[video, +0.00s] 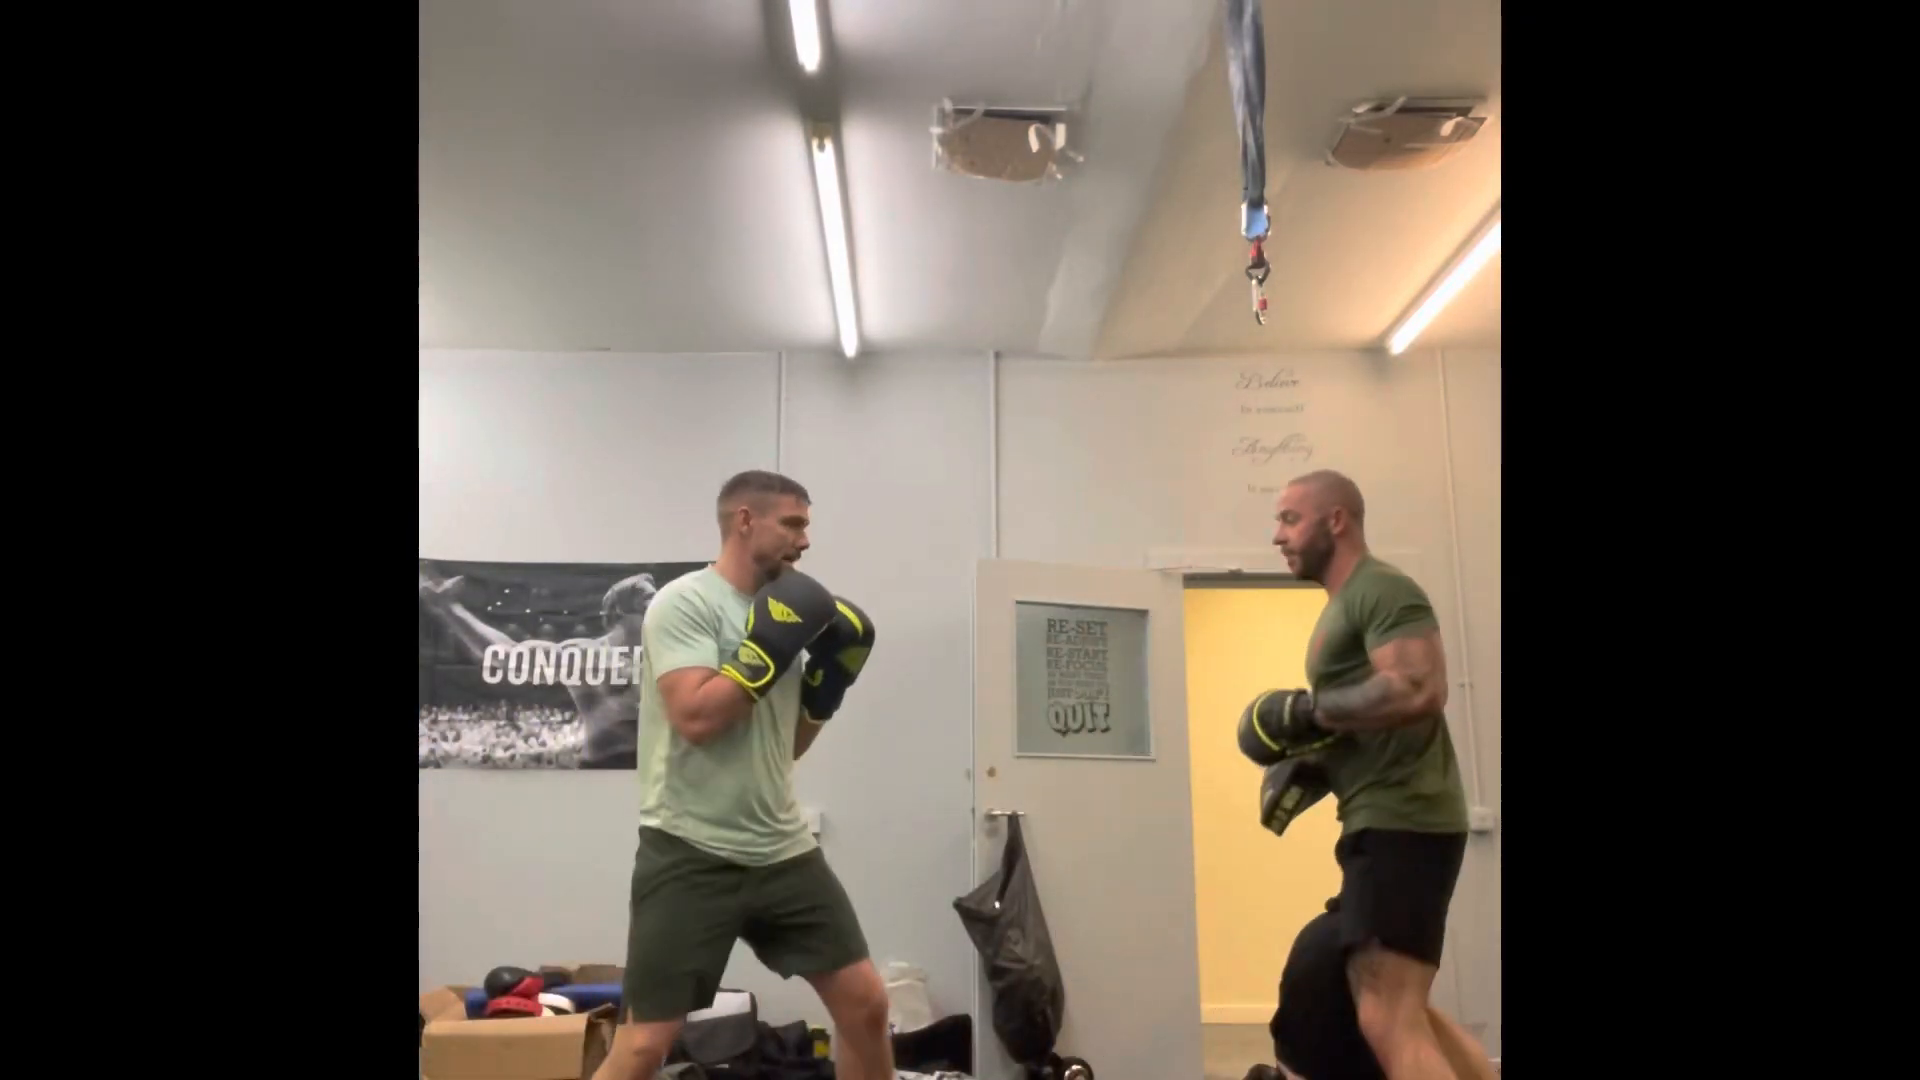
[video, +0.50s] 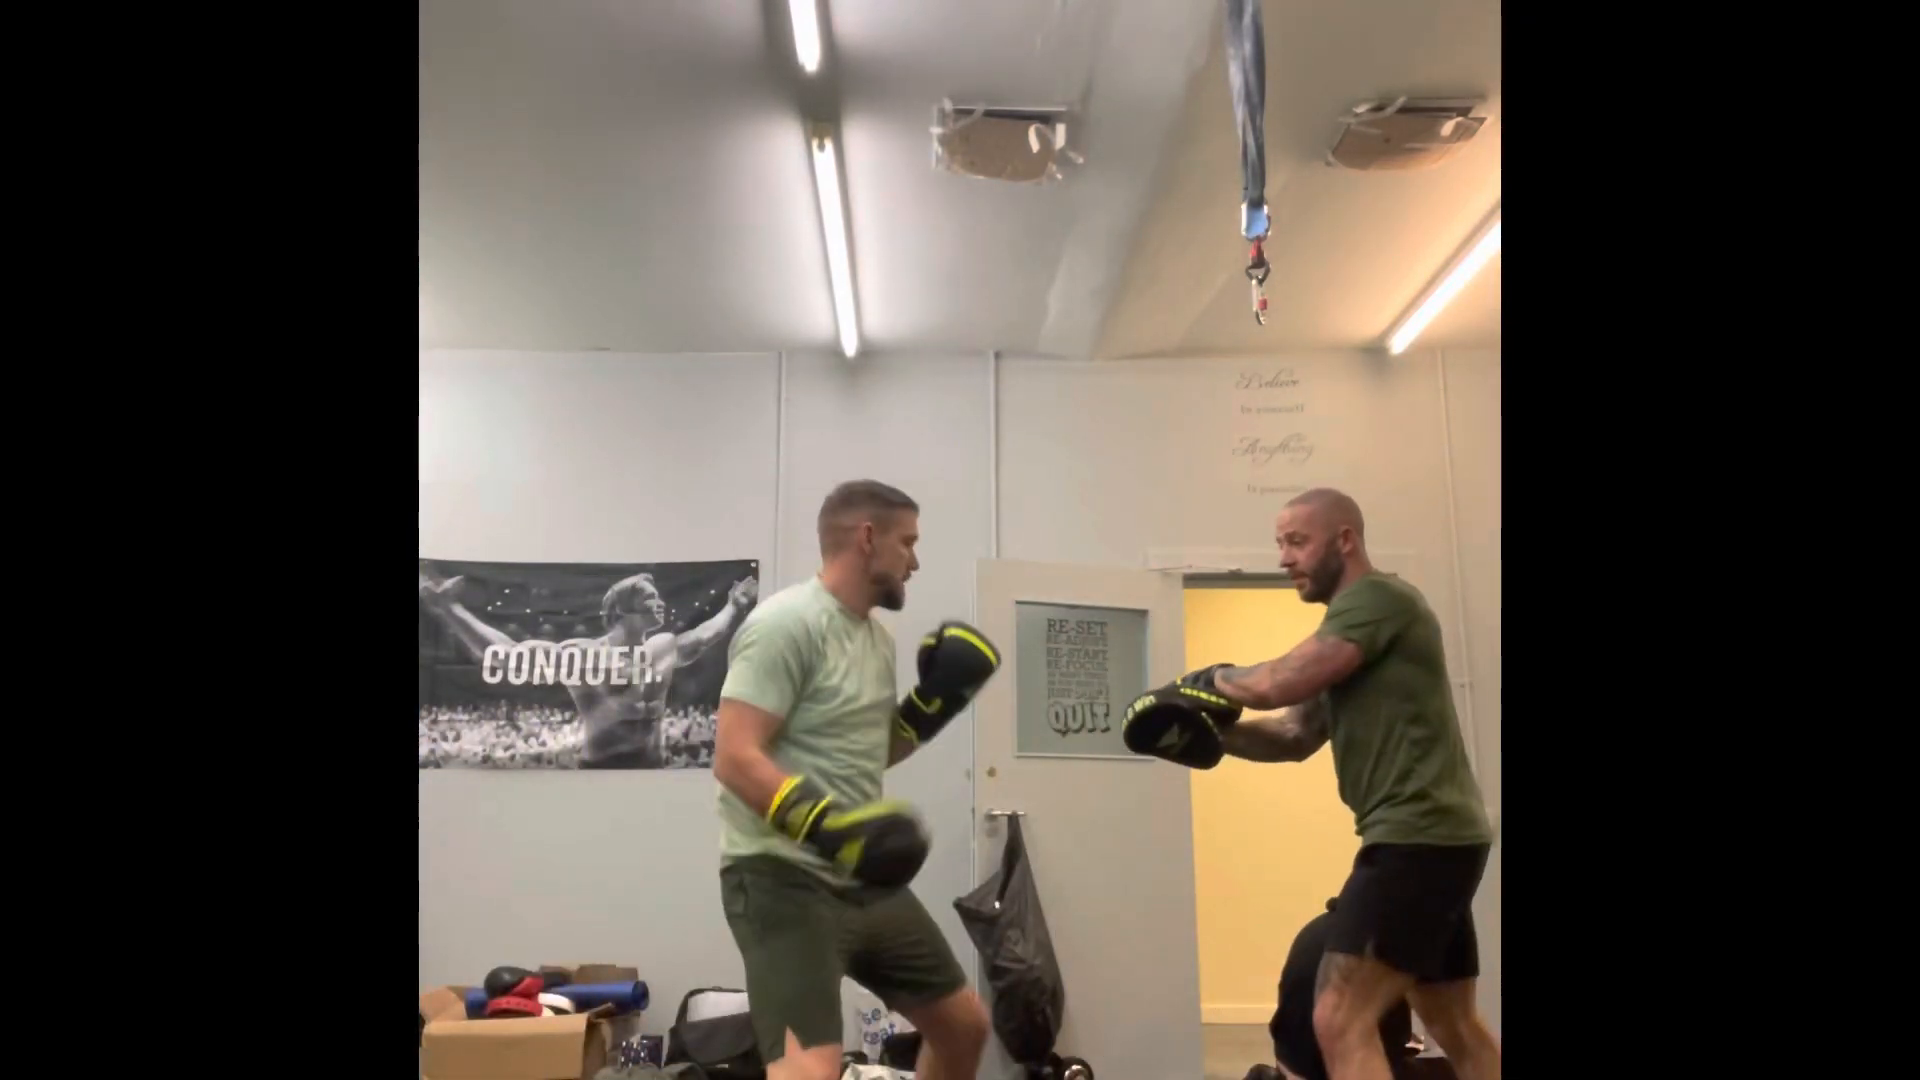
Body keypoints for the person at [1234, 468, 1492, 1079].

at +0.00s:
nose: (1279, 534)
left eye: (1291, 520)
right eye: (1278, 521)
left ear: (1337, 522)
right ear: (1333, 526)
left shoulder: (1381, 589)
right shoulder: (1345, 607)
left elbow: (1418, 689)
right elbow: (1375, 720)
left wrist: (1308, 712)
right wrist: (1319, 767)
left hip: (1406, 823)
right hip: (1383, 824)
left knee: (1387, 1012)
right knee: (1405, 1010)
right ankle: (1484, 1072)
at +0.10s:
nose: (1308, 543)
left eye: (1320, 528)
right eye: (1307, 530)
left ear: (1368, 529)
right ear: (1361, 533)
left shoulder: (1419, 592)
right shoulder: (1357, 620)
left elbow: (1441, 691)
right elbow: (1355, 719)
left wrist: (1331, 681)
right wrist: (1318, 770)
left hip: (1427, 825)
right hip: (1408, 827)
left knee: (1394, 1012)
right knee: (1446, 1011)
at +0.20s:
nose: (1320, 561)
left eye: (1332, 545)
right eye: (1318, 547)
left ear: (1380, 542)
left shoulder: (1435, 603)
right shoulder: (1354, 640)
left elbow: (1393, 699)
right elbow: (1335, 730)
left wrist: (1297, 696)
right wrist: (1292, 757)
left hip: (1452, 827)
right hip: (1416, 831)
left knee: (1381, 1003)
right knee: (1468, 1020)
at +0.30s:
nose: (1311, 565)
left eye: (1322, 548)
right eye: (1308, 551)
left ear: (1372, 544)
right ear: (1364, 550)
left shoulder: (1418, 601)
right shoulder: (1355, 641)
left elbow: (1347, 682)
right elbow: (1320, 740)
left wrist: (1261, 682)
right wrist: (1246, 738)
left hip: (1444, 835)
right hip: (1418, 837)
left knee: (1380, 1017)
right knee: (1452, 1025)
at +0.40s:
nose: (1295, 561)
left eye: (1308, 545)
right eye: (1293, 548)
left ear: (1356, 544)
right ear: (1355, 549)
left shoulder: (1393, 601)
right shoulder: (1371, 628)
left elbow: (1306, 687)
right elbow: (1308, 738)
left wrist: (1235, 684)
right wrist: (1227, 742)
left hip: (1427, 835)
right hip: (1439, 834)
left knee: (1356, 1015)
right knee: (1453, 1023)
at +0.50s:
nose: (1284, 557)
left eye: (1297, 541)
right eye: (1281, 544)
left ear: (1346, 540)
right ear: (1344, 545)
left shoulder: (1377, 599)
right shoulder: (1357, 625)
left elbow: (1282, 682)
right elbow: (1295, 735)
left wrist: (1218, 678)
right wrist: (1208, 733)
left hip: (1420, 834)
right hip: (1426, 834)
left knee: (1342, 1018)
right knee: (1452, 1024)